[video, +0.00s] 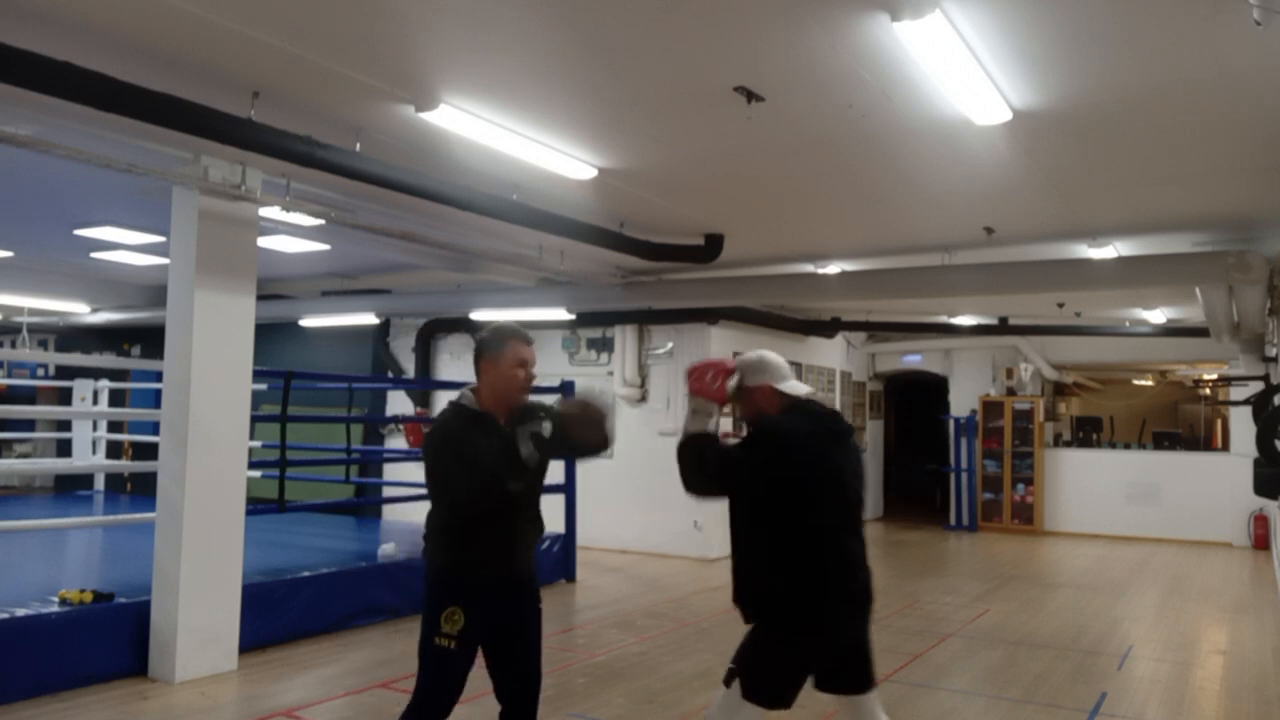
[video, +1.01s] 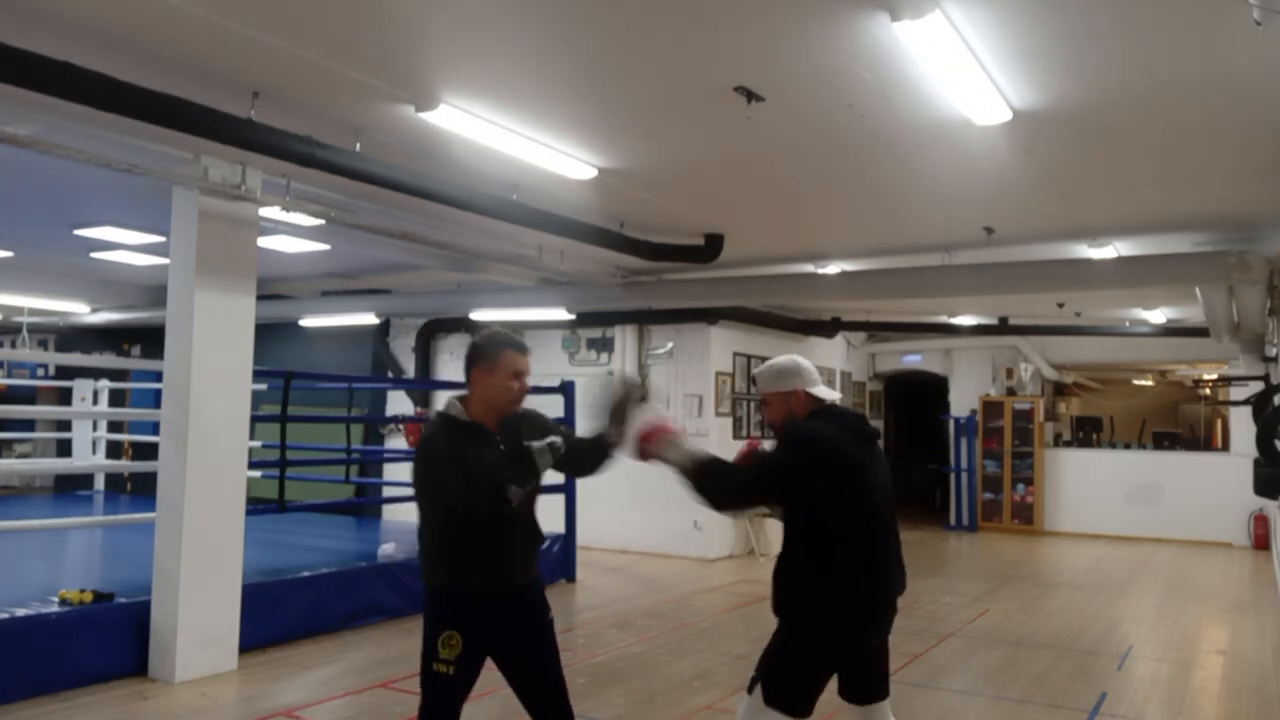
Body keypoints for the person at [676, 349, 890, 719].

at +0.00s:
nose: (742, 413)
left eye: (742, 401)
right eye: (739, 404)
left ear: (763, 393)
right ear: (777, 389)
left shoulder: (771, 439)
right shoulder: (833, 428)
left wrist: (700, 410)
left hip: (792, 607)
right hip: (844, 599)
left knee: (734, 705)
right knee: (862, 701)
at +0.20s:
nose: (786, 411)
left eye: (787, 401)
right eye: (784, 402)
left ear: (808, 395)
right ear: (826, 392)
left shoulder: (813, 440)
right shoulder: (875, 431)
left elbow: (748, 489)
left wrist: (738, 428)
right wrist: (782, 450)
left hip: (825, 601)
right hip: (881, 594)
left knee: (775, 705)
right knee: (885, 702)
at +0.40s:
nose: (784, 406)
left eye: (787, 393)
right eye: (783, 395)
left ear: (815, 388)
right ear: (822, 387)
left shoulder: (839, 434)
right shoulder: (868, 425)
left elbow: (805, 516)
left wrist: (770, 460)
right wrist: (784, 455)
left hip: (835, 600)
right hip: (875, 595)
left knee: (777, 707)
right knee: (877, 705)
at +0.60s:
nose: (771, 406)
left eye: (774, 393)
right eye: (770, 395)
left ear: (804, 388)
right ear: (805, 388)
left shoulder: (838, 433)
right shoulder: (857, 424)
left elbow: (812, 525)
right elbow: (814, 521)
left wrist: (765, 464)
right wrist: (758, 482)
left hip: (834, 606)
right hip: (868, 599)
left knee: (788, 707)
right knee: (873, 704)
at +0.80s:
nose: (779, 414)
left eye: (782, 400)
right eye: (777, 402)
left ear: (814, 394)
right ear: (815, 394)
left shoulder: (843, 440)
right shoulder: (862, 431)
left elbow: (799, 527)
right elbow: (807, 513)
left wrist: (738, 496)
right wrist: (763, 463)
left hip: (842, 610)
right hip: (877, 603)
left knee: (773, 707)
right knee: (877, 710)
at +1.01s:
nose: (764, 415)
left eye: (767, 403)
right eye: (762, 405)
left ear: (797, 398)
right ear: (802, 397)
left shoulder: (809, 442)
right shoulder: (854, 434)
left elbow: (732, 490)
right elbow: (817, 505)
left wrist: (678, 452)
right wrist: (760, 466)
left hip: (821, 608)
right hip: (873, 600)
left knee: (765, 709)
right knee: (871, 705)